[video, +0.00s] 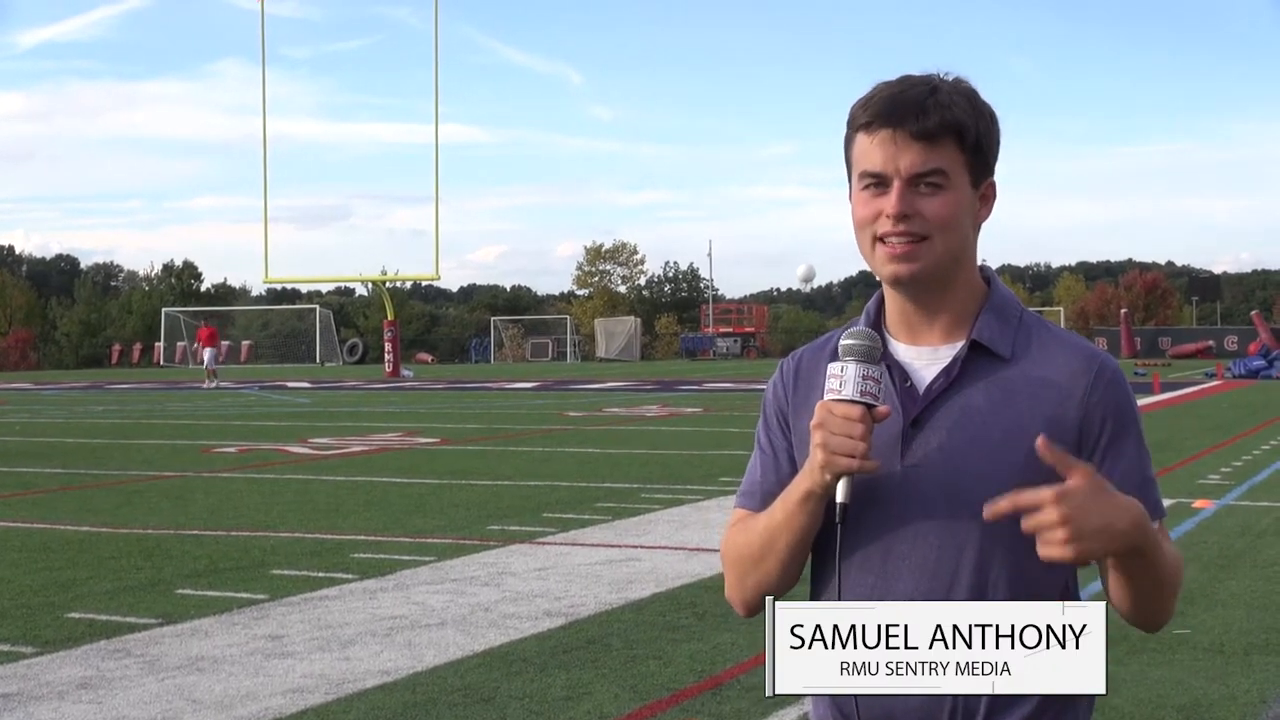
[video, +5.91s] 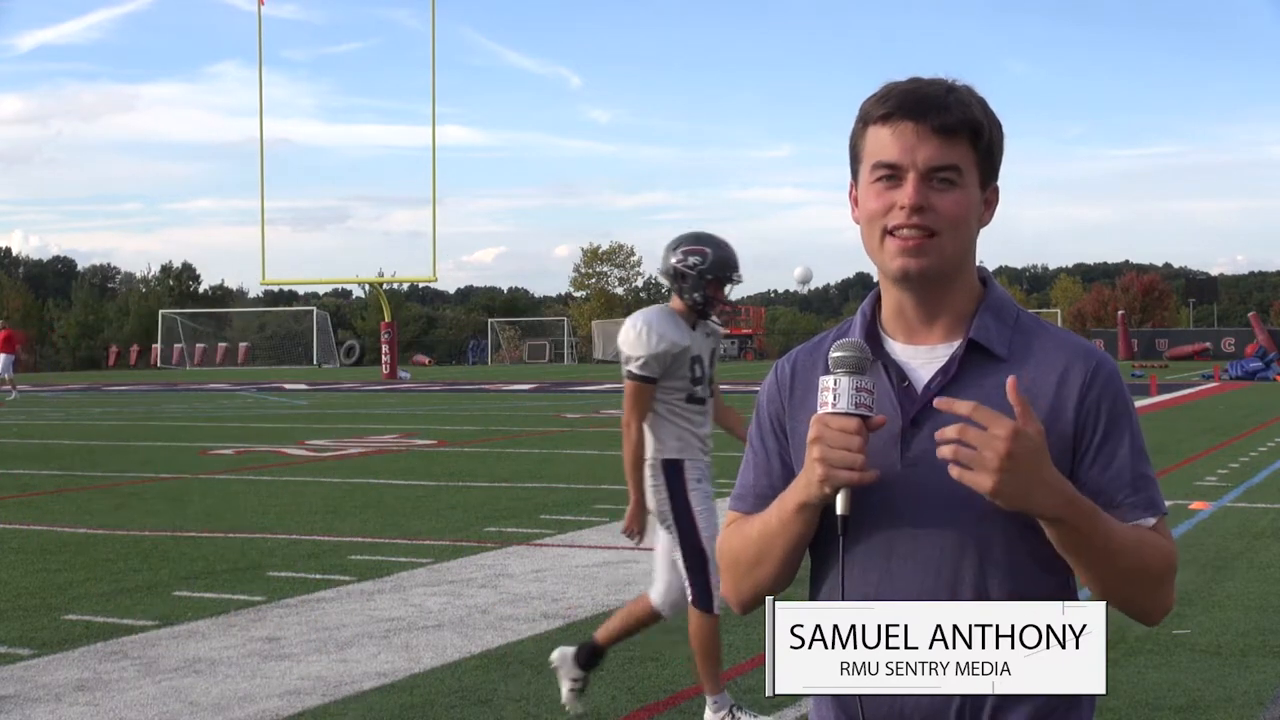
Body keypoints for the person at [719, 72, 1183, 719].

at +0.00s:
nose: (896, 209)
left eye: (929, 183)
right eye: (874, 184)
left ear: (983, 200)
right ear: (852, 201)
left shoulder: (1082, 380)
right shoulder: (803, 379)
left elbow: (1151, 611)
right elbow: (743, 588)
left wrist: (1132, 529)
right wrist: (815, 477)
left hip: (1027, 706)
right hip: (850, 706)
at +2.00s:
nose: (922, 201)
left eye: (950, 178)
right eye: (895, 177)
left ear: (986, 201)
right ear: (855, 201)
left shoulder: (1075, 379)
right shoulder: (796, 384)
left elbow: (1146, 611)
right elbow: (740, 590)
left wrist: (1118, 536)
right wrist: (820, 498)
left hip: (1024, 706)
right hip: (846, 707)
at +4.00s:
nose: (908, 201)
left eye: (943, 178)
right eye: (887, 175)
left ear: (992, 203)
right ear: (861, 198)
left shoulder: (1079, 380)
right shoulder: (797, 381)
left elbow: (1145, 611)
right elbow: (742, 586)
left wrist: (1111, 533)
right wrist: (819, 499)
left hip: (1027, 705)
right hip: (848, 707)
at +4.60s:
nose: (917, 210)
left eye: (948, 186)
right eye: (895, 182)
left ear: (992, 208)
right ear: (861, 199)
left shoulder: (1078, 386)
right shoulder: (797, 383)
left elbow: (1134, 591)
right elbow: (746, 589)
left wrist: (1029, 581)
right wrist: (834, 507)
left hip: (1024, 708)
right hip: (845, 708)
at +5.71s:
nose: (911, 202)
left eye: (943, 180)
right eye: (887, 178)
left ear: (987, 203)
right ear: (856, 203)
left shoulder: (1076, 377)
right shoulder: (796, 382)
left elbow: (1153, 598)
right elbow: (738, 589)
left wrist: (1058, 499)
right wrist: (807, 493)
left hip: (1027, 704)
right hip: (851, 706)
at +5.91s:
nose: (910, 200)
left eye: (943, 178)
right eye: (887, 177)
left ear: (987, 202)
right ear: (856, 203)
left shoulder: (1076, 377)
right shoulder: (797, 380)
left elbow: (1154, 597)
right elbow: (736, 587)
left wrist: (1051, 497)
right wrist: (806, 491)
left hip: (1025, 705)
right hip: (850, 706)